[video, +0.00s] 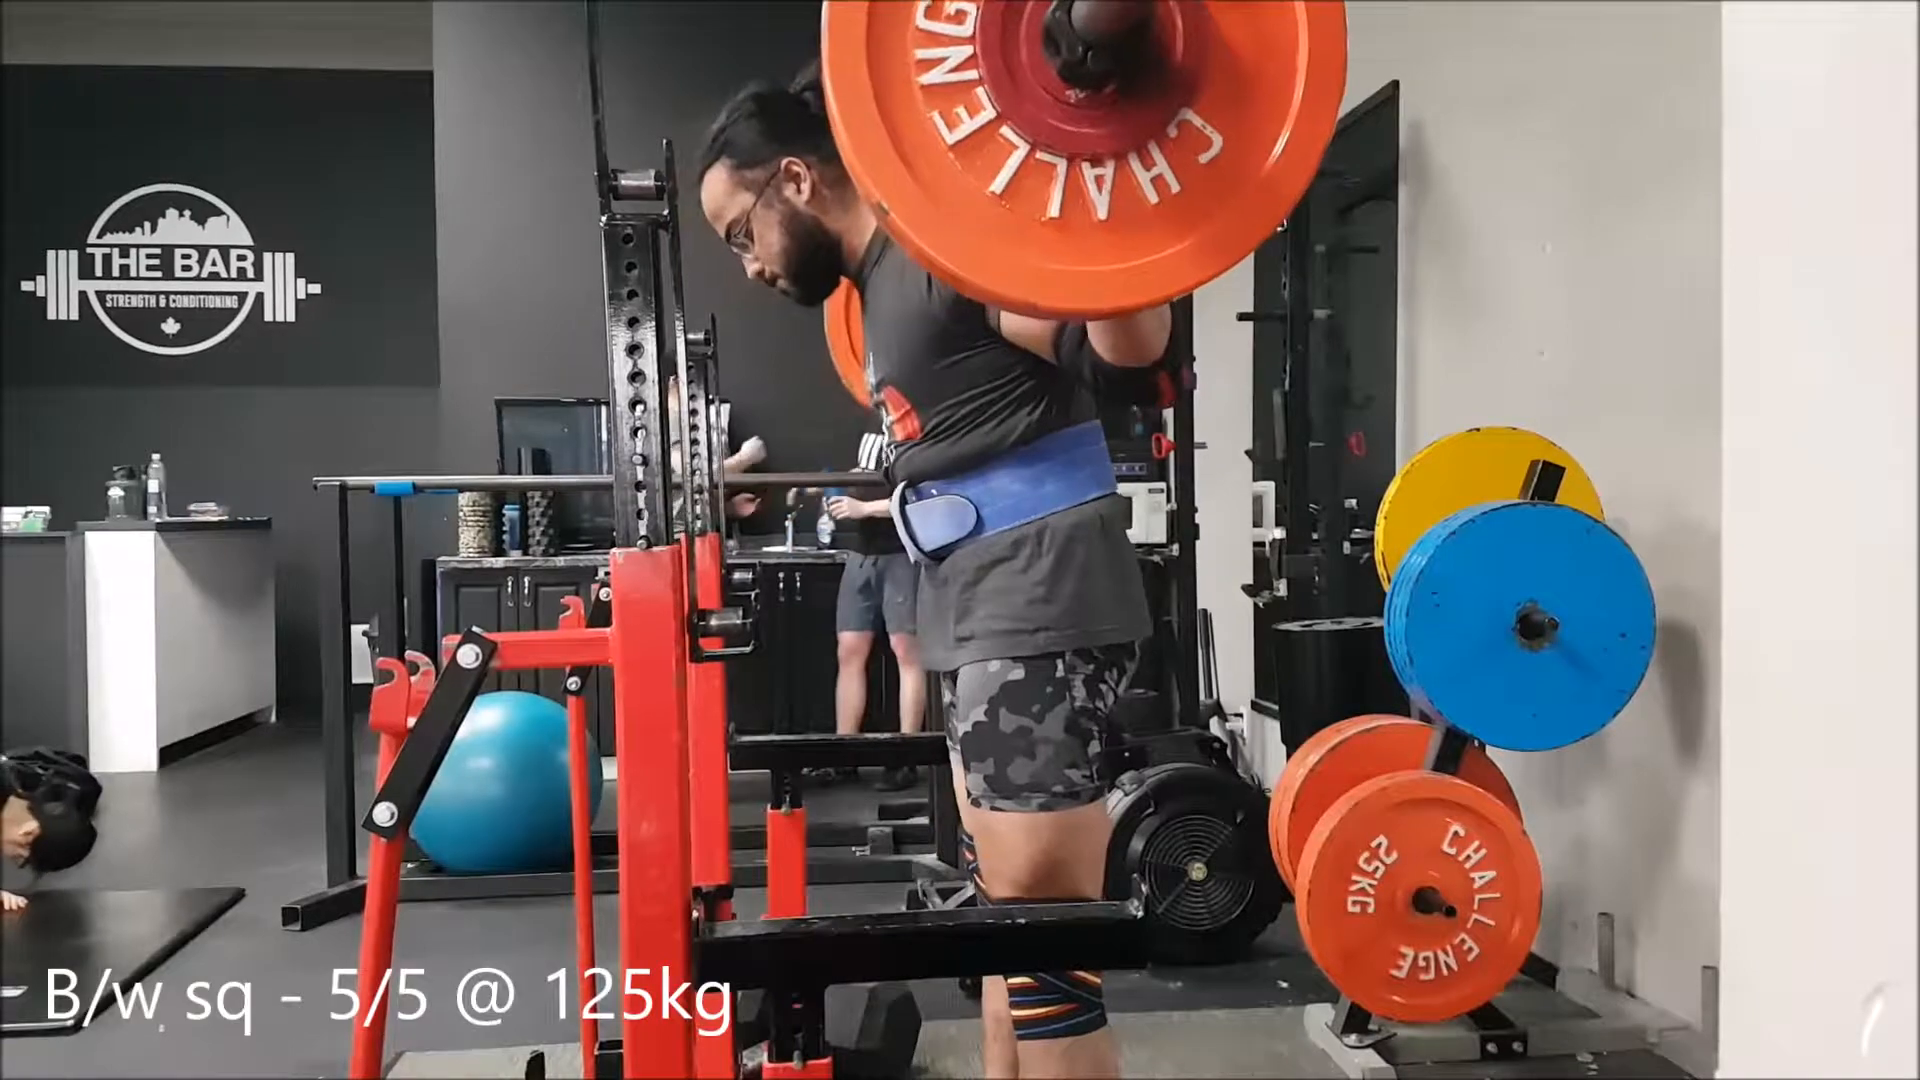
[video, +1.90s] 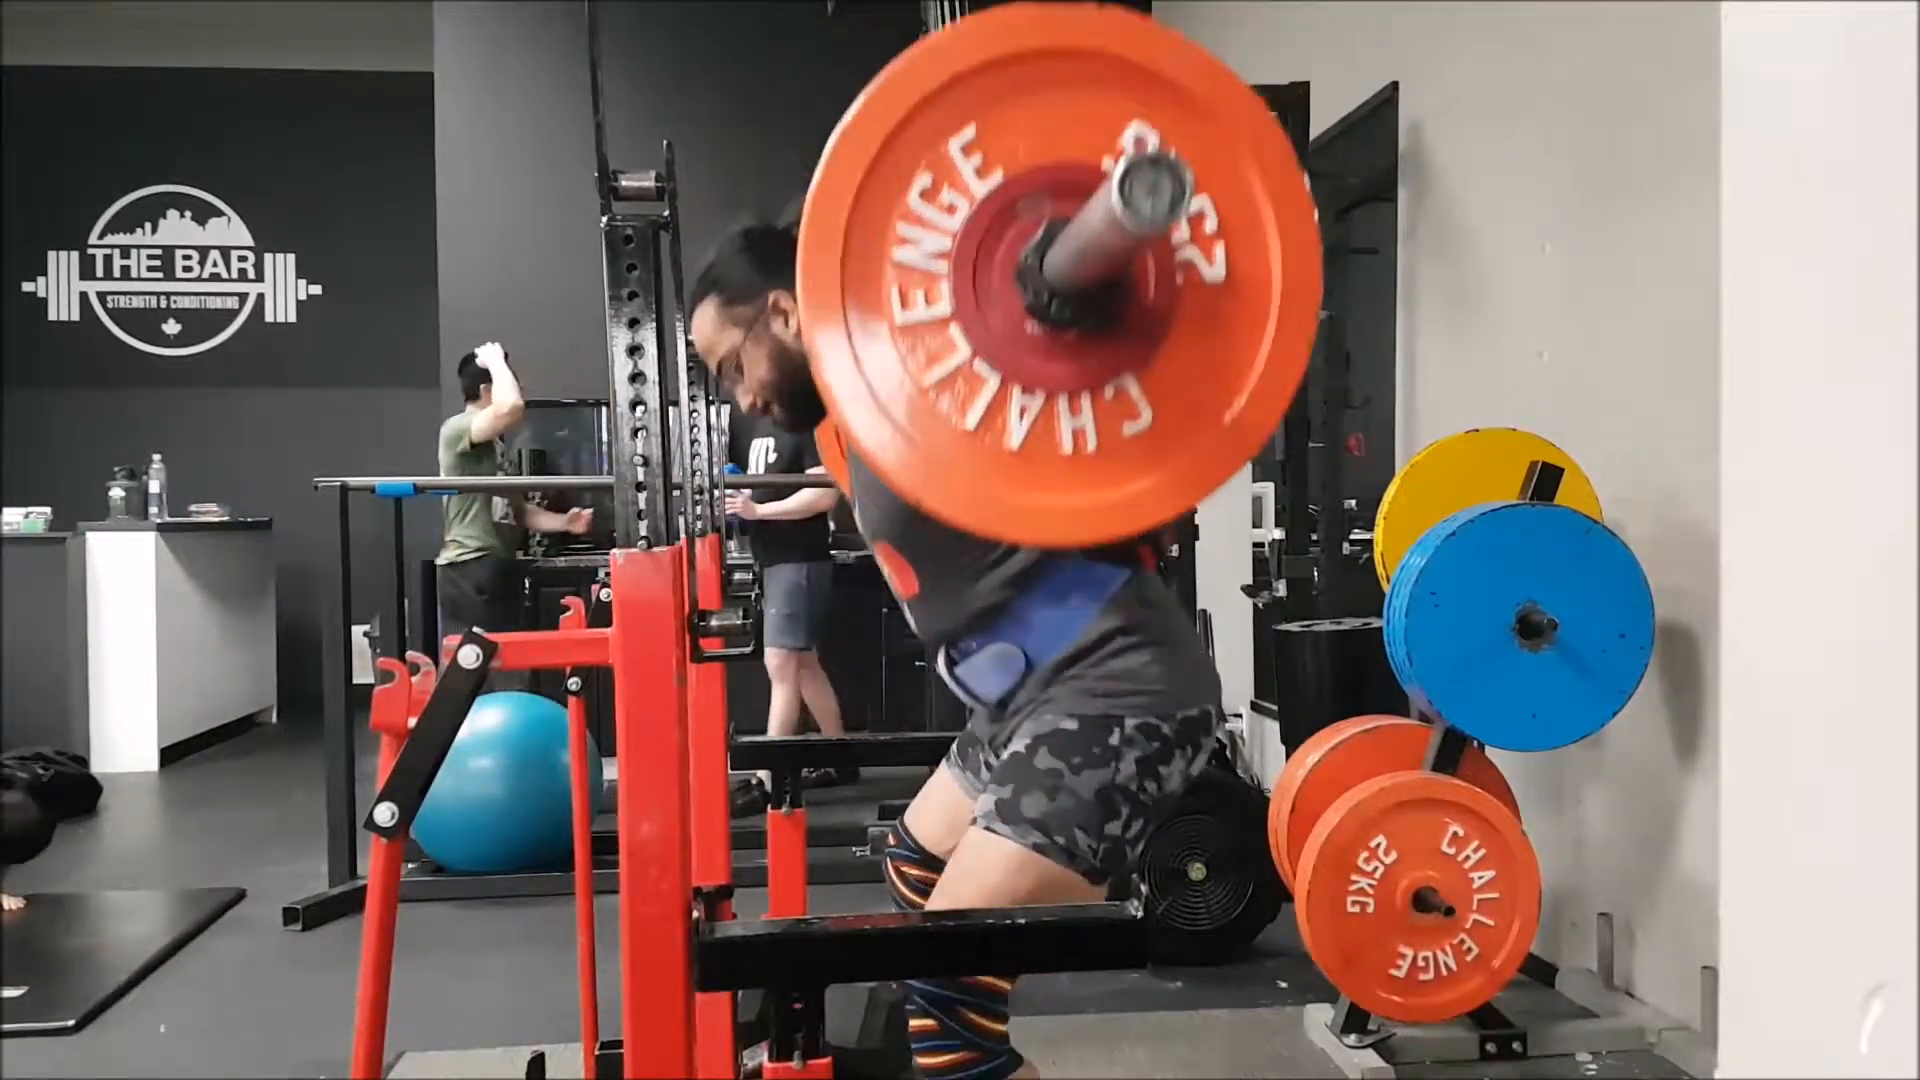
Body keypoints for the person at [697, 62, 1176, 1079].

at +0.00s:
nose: (748, 265)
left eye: (741, 231)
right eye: (731, 247)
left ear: (798, 180)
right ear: (796, 188)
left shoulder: (942, 234)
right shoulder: (880, 286)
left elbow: (1133, 340)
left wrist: (1127, 162)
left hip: (1044, 604)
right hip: (981, 611)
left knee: (1044, 939)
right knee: (1004, 932)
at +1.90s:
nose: (737, 394)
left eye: (731, 365)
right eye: (722, 378)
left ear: (787, 312)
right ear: (784, 320)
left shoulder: (900, 365)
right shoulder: (849, 421)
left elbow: (1038, 281)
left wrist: (1125, 208)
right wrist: (814, 500)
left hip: (1119, 683)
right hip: (1027, 691)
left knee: (948, 999)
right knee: (915, 866)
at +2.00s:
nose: (740, 449)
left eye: (730, 416)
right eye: (724, 429)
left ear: (781, 364)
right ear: (783, 368)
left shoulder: (918, 411)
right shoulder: (855, 444)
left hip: (1126, 721)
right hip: (1023, 723)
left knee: (938, 1005)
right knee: (905, 868)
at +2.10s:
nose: (733, 508)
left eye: (726, 478)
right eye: (719, 490)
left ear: (775, 430)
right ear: (770, 436)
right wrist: (773, 692)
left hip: (1136, 756)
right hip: (1040, 742)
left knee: (924, 1014)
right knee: (897, 870)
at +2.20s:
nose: (733, 568)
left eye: (724, 536)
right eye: (716, 545)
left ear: (771, 487)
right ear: (769, 490)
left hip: (1149, 797)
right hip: (1051, 774)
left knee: (927, 999)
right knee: (888, 872)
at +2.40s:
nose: (719, 649)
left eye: (719, 620)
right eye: (711, 624)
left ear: (764, 592)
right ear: (768, 589)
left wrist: (758, 707)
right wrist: (759, 703)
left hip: (1156, 909)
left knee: (878, 1016)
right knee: (863, 897)